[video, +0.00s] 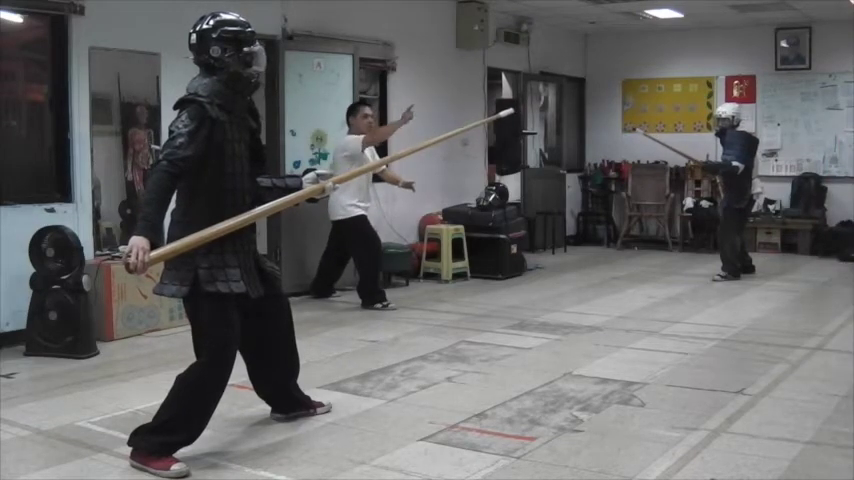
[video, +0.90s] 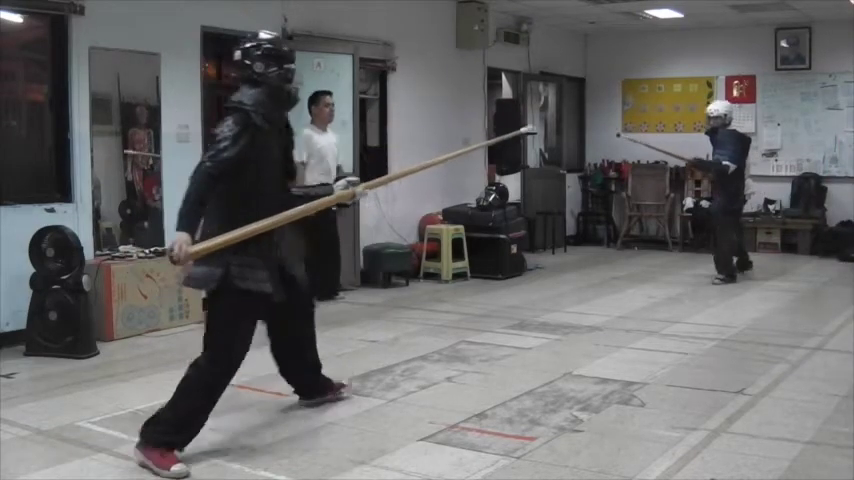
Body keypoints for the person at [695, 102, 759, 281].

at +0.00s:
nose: (719, 124)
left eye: (723, 120)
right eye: (718, 120)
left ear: (733, 121)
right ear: (718, 120)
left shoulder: (738, 138)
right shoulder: (729, 138)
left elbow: (735, 167)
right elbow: (729, 164)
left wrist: (706, 167)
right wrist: (707, 166)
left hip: (738, 193)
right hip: (735, 192)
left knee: (727, 230)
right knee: (732, 229)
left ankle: (731, 270)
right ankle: (744, 263)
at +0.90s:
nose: (711, 122)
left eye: (715, 118)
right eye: (710, 118)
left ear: (726, 119)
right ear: (710, 119)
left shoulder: (731, 138)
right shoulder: (719, 138)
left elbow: (725, 168)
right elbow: (721, 164)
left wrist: (698, 163)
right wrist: (702, 166)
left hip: (728, 194)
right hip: (725, 193)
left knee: (722, 230)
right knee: (731, 227)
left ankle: (727, 273)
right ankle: (743, 260)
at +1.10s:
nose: (703, 120)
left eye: (707, 115)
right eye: (701, 115)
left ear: (718, 116)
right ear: (700, 115)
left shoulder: (724, 134)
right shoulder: (712, 134)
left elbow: (717, 162)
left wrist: (688, 158)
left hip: (727, 194)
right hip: (718, 193)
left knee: (722, 232)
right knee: (714, 230)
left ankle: (727, 273)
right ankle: (717, 265)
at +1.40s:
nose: (690, 122)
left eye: (694, 118)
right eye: (688, 118)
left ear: (705, 118)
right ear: (686, 118)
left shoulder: (713, 136)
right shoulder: (697, 138)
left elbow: (706, 166)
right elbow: (698, 165)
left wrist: (677, 164)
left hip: (711, 197)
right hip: (697, 197)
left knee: (703, 232)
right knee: (690, 235)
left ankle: (722, 263)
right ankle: (696, 276)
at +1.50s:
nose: (686, 125)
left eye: (690, 120)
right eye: (685, 120)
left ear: (701, 120)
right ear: (685, 120)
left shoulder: (709, 138)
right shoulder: (693, 139)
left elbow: (701, 170)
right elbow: (695, 167)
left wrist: (672, 168)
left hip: (707, 197)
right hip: (695, 197)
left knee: (699, 234)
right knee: (685, 235)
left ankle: (715, 268)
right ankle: (693, 275)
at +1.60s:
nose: (681, 126)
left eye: (685, 121)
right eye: (680, 121)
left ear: (696, 121)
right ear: (680, 121)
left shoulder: (704, 140)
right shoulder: (690, 141)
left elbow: (697, 171)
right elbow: (691, 168)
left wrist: (668, 170)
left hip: (704, 200)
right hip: (693, 199)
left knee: (695, 236)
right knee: (681, 234)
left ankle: (700, 279)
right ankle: (689, 273)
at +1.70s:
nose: (679, 128)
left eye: (683, 123)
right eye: (677, 123)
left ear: (694, 123)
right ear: (675, 123)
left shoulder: (702, 142)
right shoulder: (685, 142)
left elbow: (694, 172)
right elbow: (686, 167)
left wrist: (666, 172)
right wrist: (667, 171)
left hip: (701, 199)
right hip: (689, 199)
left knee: (696, 236)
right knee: (682, 234)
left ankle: (694, 280)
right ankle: (691, 275)